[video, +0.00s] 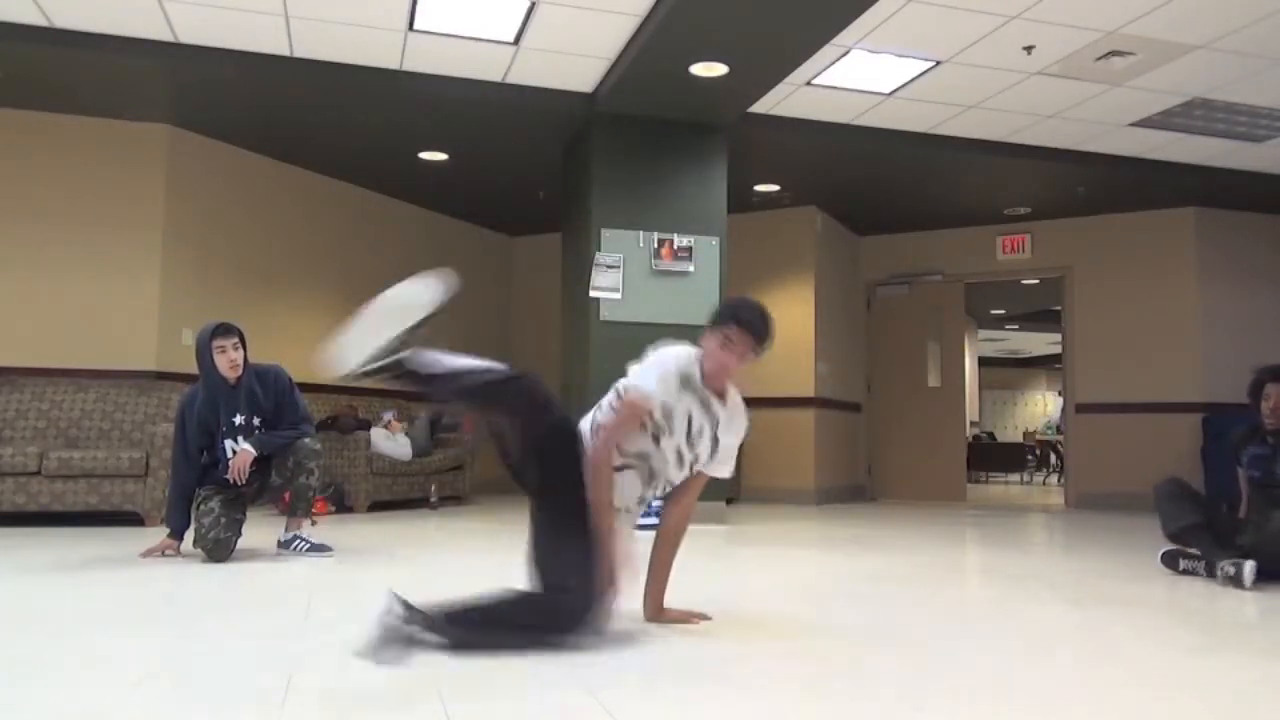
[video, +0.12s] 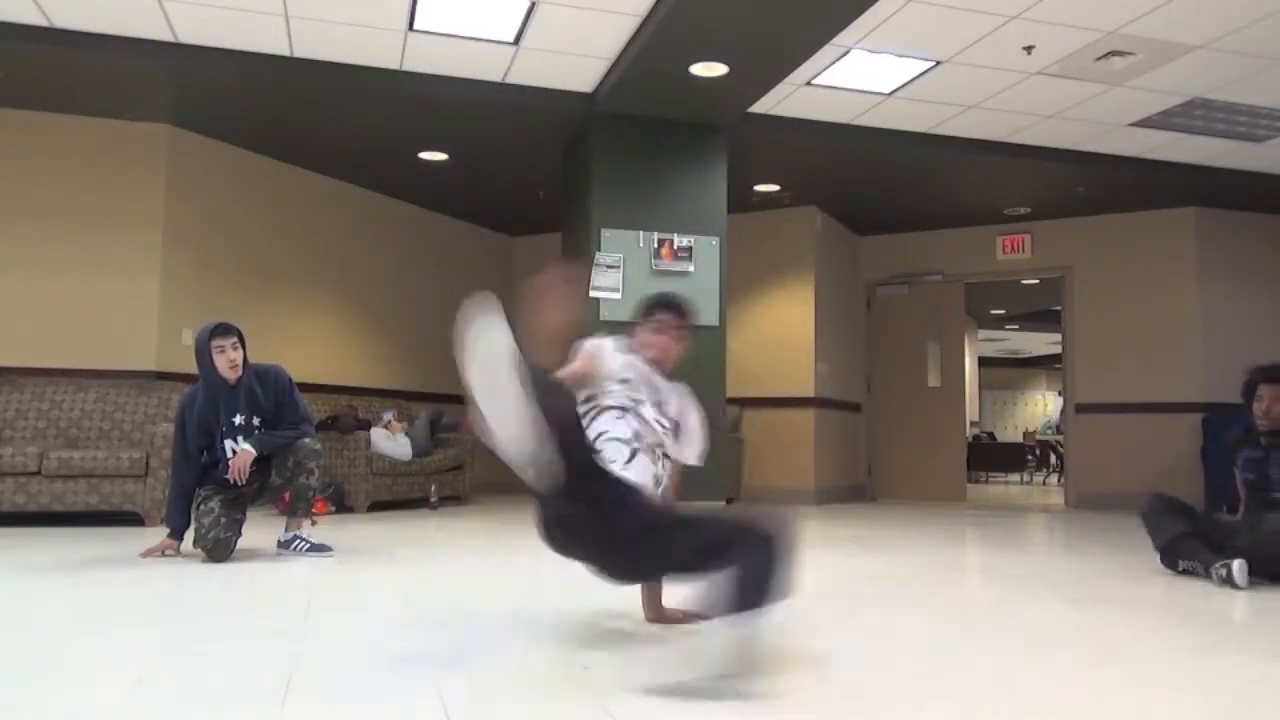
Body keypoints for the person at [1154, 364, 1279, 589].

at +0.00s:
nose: (1272, 407)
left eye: (1278, 400)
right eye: (1267, 399)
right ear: (1257, 403)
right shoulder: (1247, 442)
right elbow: (1245, 498)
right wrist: (1239, 528)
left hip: (1271, 530)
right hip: (1245, 527)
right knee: (1169, 489)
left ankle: (1212, 563)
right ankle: (1223, 560)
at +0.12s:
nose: (1264, 409)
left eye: (1274, 402)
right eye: (1259, 400)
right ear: (1250, 404)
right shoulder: (1244, 445)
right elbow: (1245, 500)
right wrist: (1238, 523)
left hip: (1270, 533)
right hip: (1242, 529)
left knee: (1273, 526)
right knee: (1157, 504)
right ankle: (1212, 565)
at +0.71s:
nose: (1246, 419)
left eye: (1258, 410)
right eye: (1240, 410)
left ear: (1275, 413)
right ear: (1232, 412)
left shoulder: (1275, 450)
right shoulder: (1228, 450)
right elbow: (1237, 501)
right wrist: (1237, 525)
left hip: (1269, 537)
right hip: (1235, 533)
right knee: (1145, 513)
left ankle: (1194, 561)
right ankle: (1209, 567)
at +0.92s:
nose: (1248, 419)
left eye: (1260, 410)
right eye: (1243, 410)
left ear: (1276, 413)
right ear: (1235, 412)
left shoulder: (1275, 451)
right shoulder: (1230, 451)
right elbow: (1238, 501)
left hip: (1269, 537)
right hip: (1236, 533)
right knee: (1145, 513)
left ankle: (1194, 561)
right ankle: (1209, 567)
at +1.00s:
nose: (1249, 419)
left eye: (1260, 410)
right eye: (1243, 410)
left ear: (1276, 413)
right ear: (1235, 412)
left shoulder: (1275, 452)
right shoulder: (1232, 451)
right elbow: (1240, 503)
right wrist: (1237, 527)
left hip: (1270, 538)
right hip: (1237, 533)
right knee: (1145, 513)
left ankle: (1194, 561)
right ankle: (1209, 567)